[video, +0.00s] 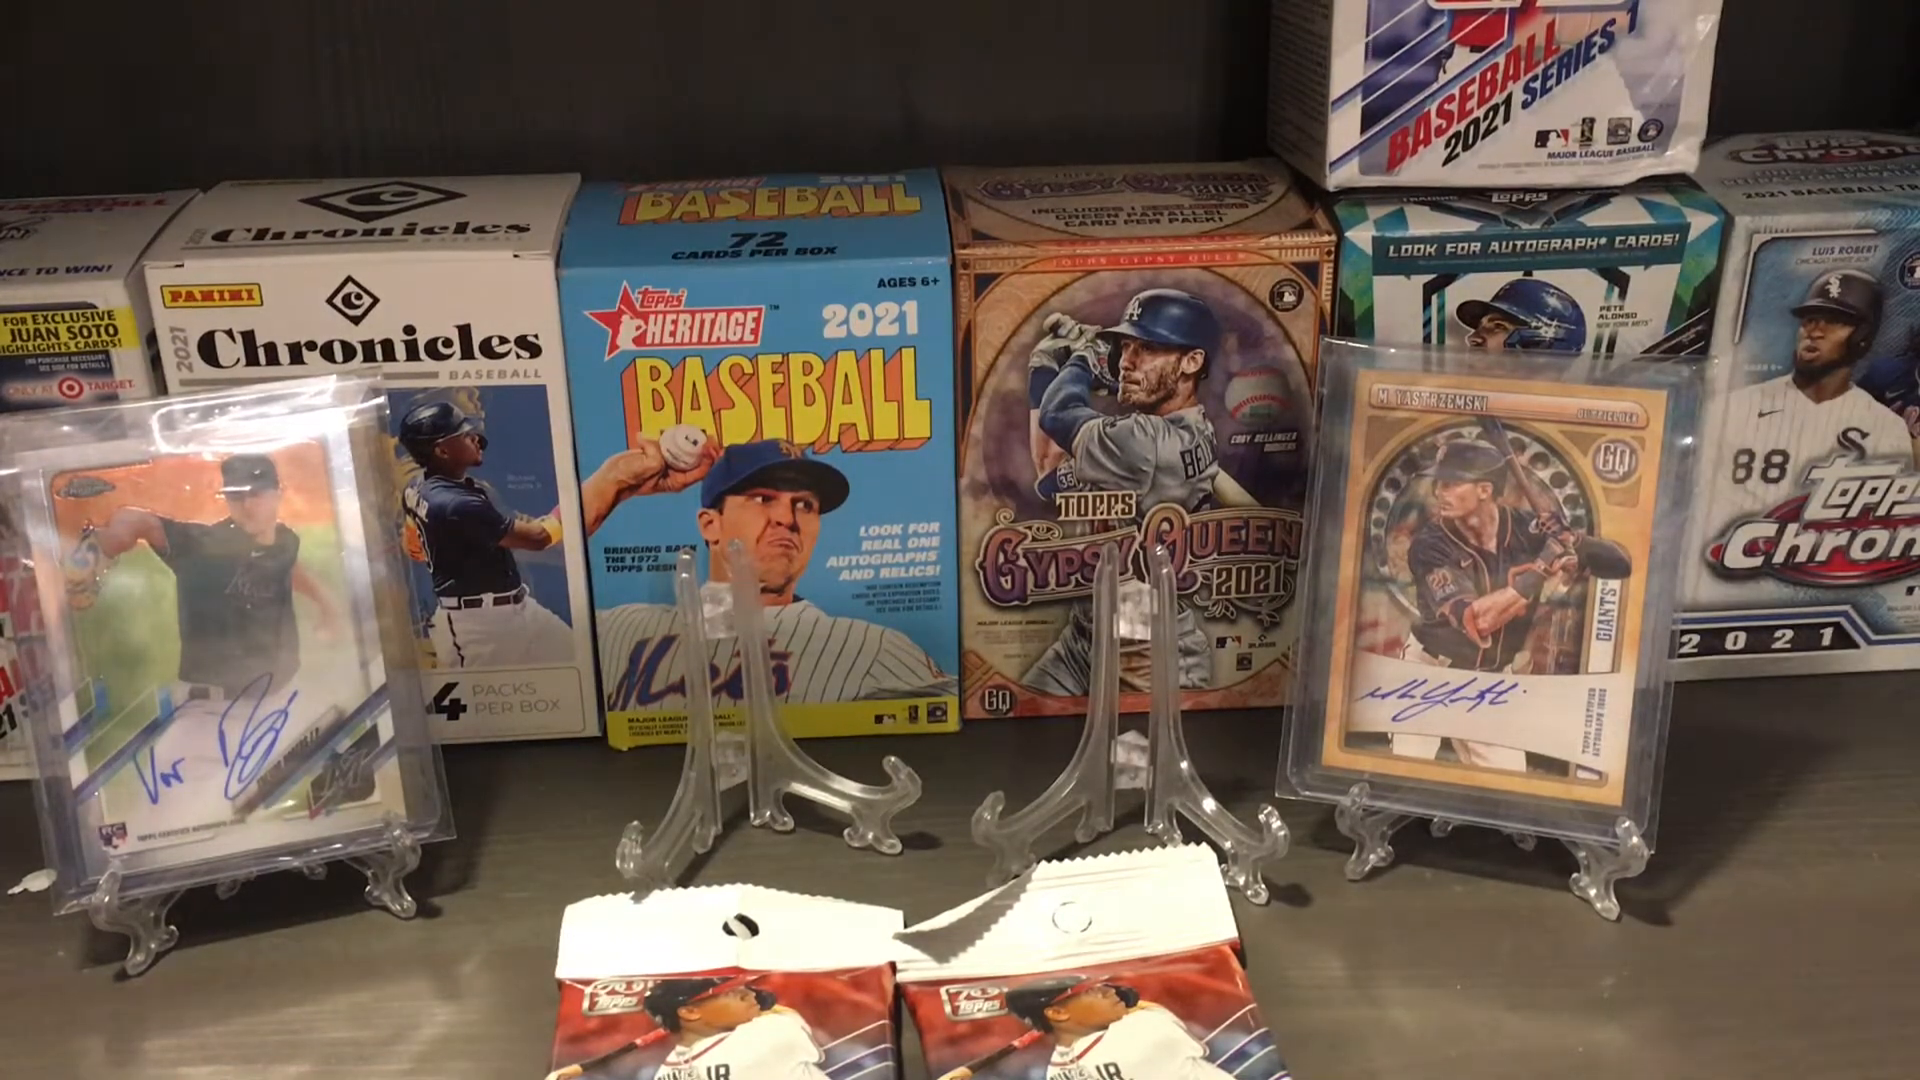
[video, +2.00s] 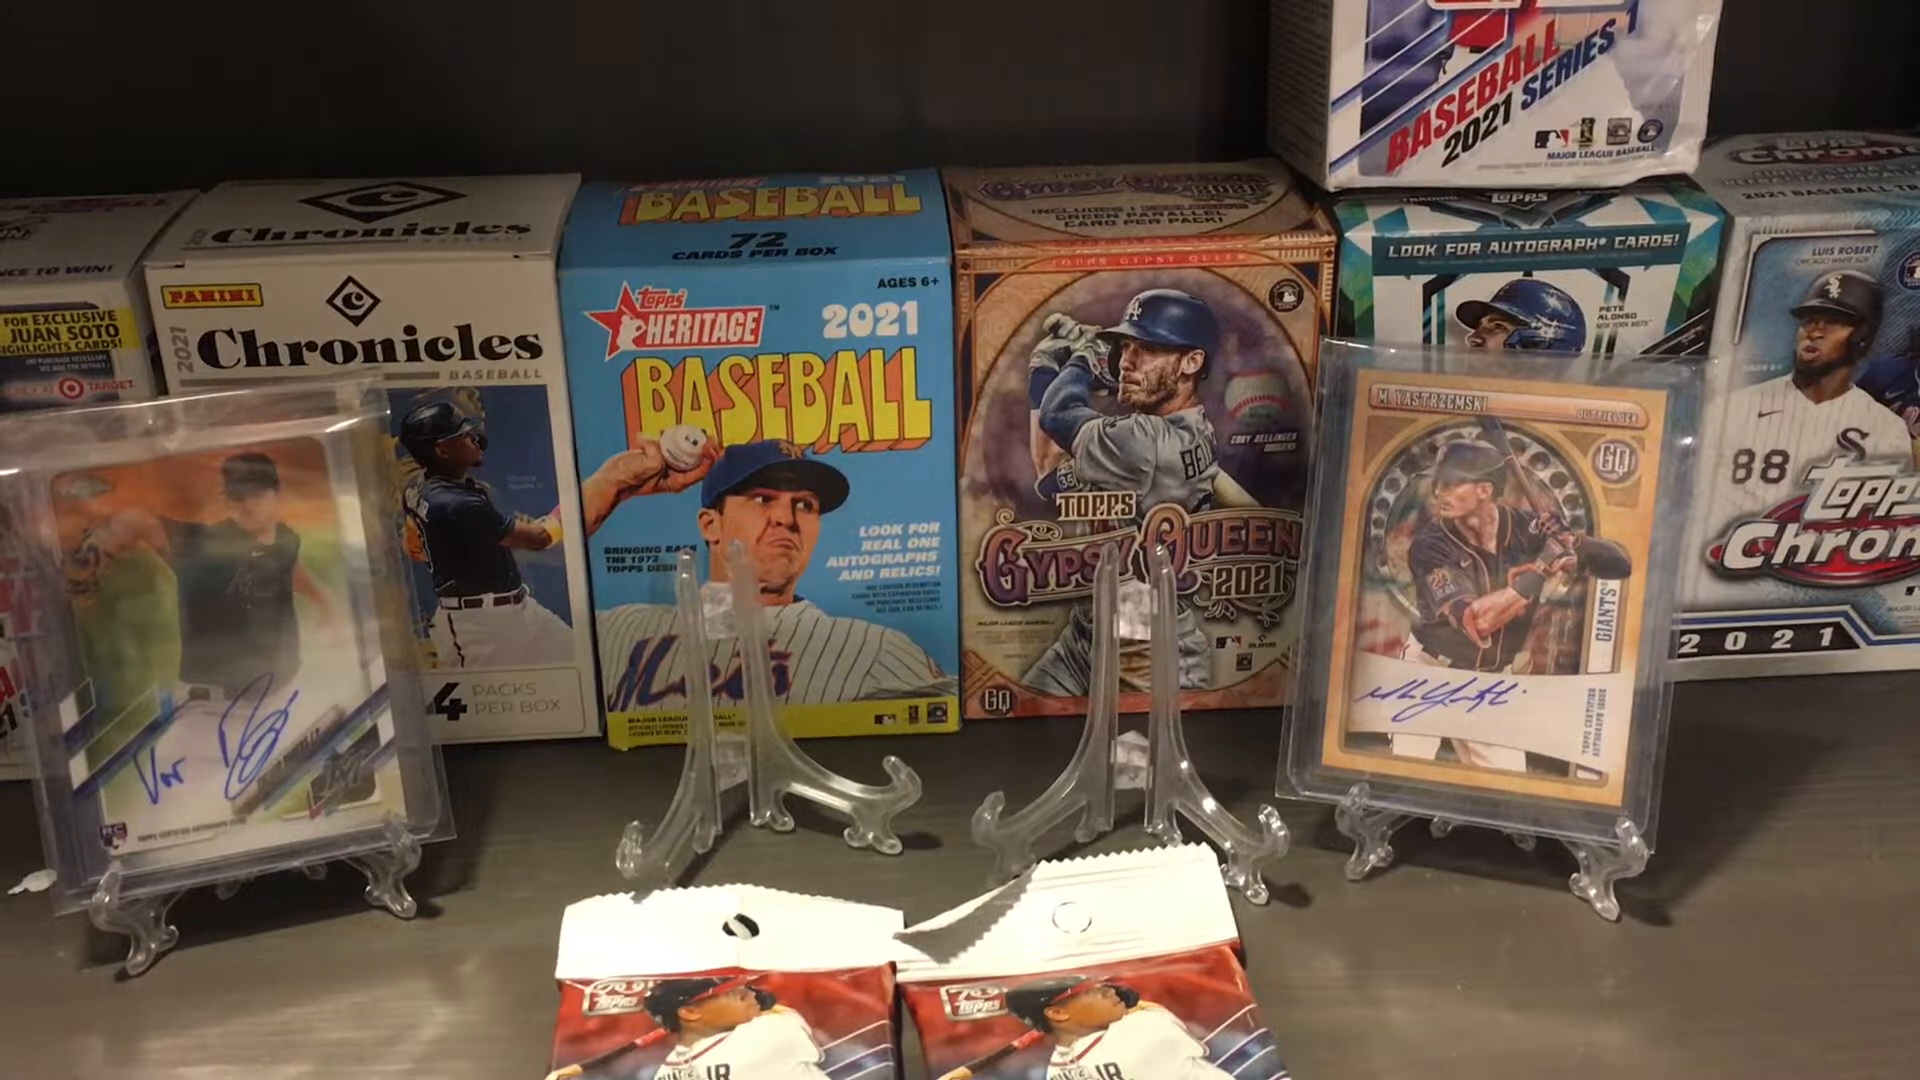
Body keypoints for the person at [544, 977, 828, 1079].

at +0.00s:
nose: (744, 993)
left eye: (734, 986)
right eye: (726, 993)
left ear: (690, 1015)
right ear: (691, 1014)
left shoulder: (666, 1072)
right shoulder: (778, 1034)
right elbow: (780, 1008)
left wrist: (579, 1071)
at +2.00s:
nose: (746, 994)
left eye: (739, 987)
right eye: (730, 994)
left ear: (689, 1015)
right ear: (692, 1015)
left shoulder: (665, 1071)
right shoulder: (778, 1034)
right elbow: (779, 1008)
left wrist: (578, 1072)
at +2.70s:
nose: (746, 993)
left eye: (737, 986)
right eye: (728, 993)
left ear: (690, 1015)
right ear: (692, 1014)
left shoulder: (666, 1071)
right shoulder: (778, 1033)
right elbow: (779, 1008)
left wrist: (580, 1071)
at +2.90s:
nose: (745, 992)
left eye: (736, 985)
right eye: (728, 993)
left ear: (690, 1014)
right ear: (692, 1014)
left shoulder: (666, 1071)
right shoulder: (778, 1033)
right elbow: (779, 1007)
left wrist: (579, 1071)